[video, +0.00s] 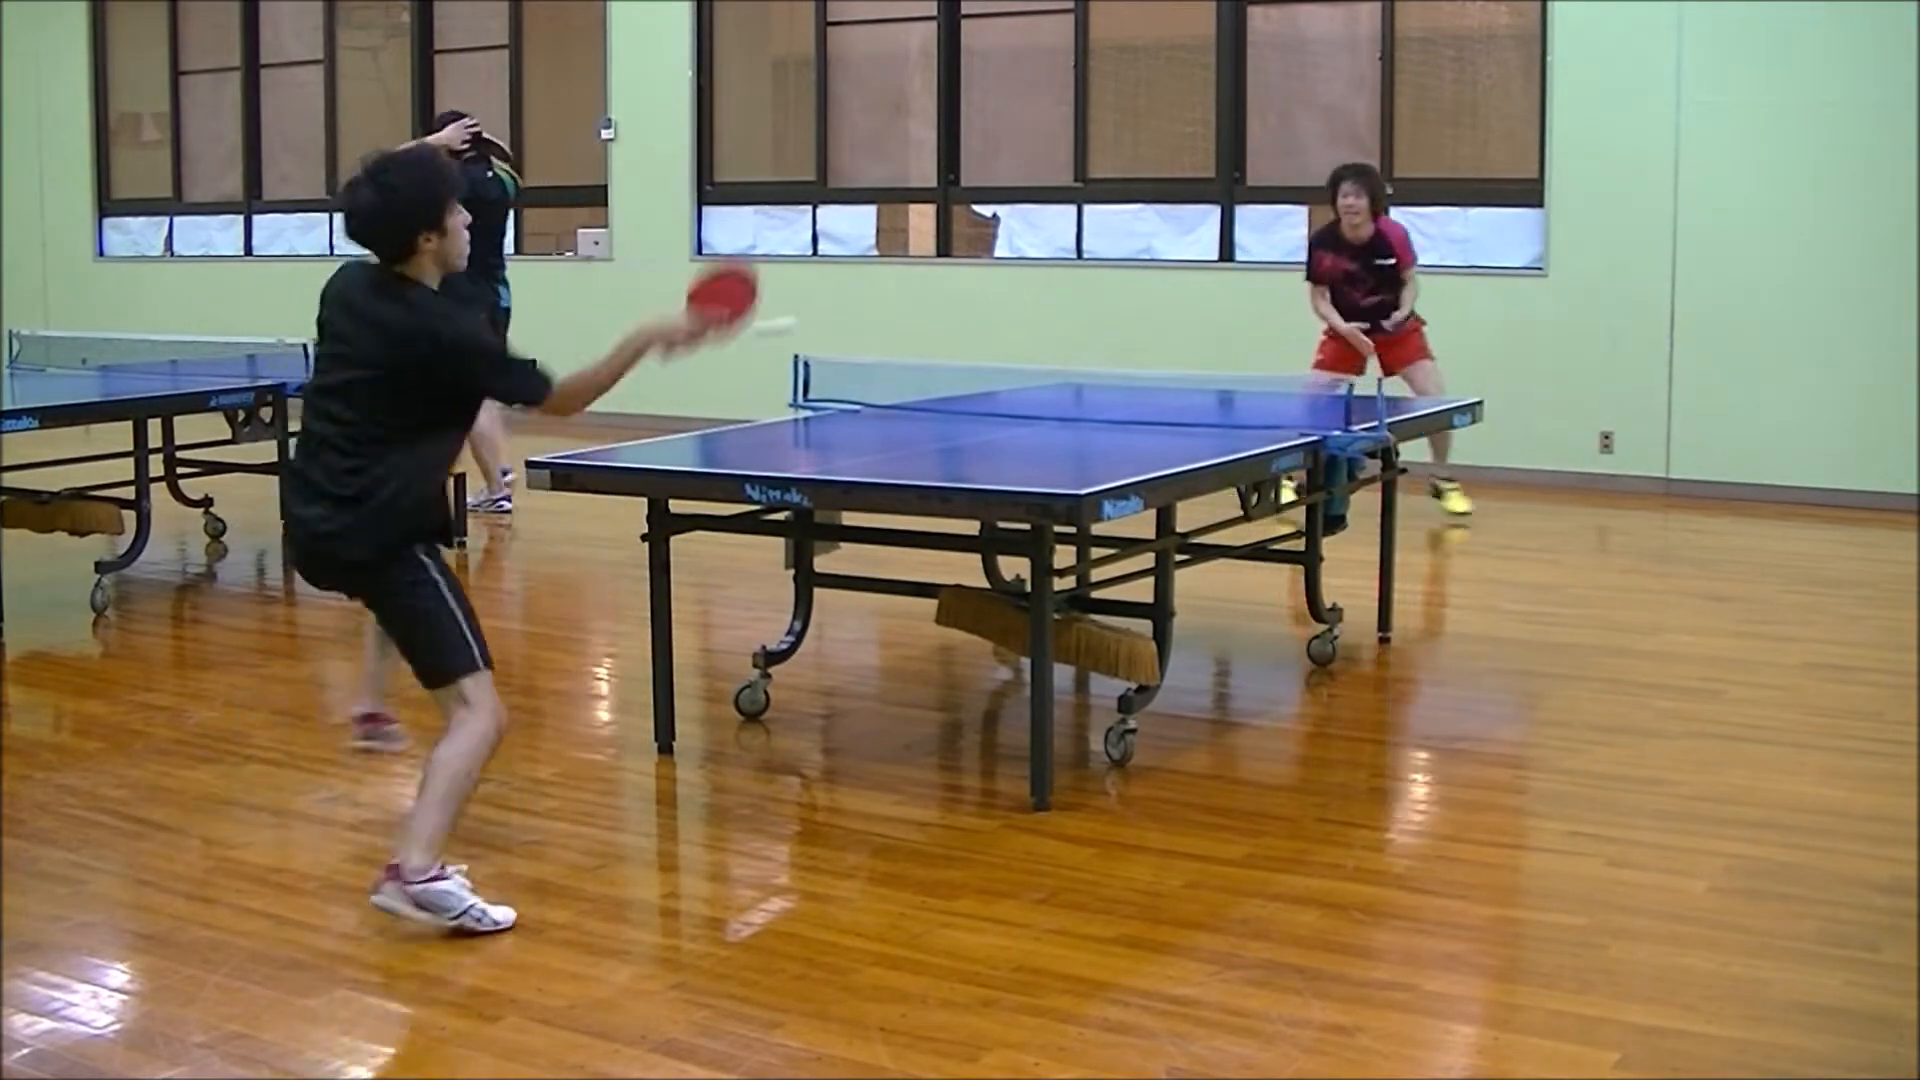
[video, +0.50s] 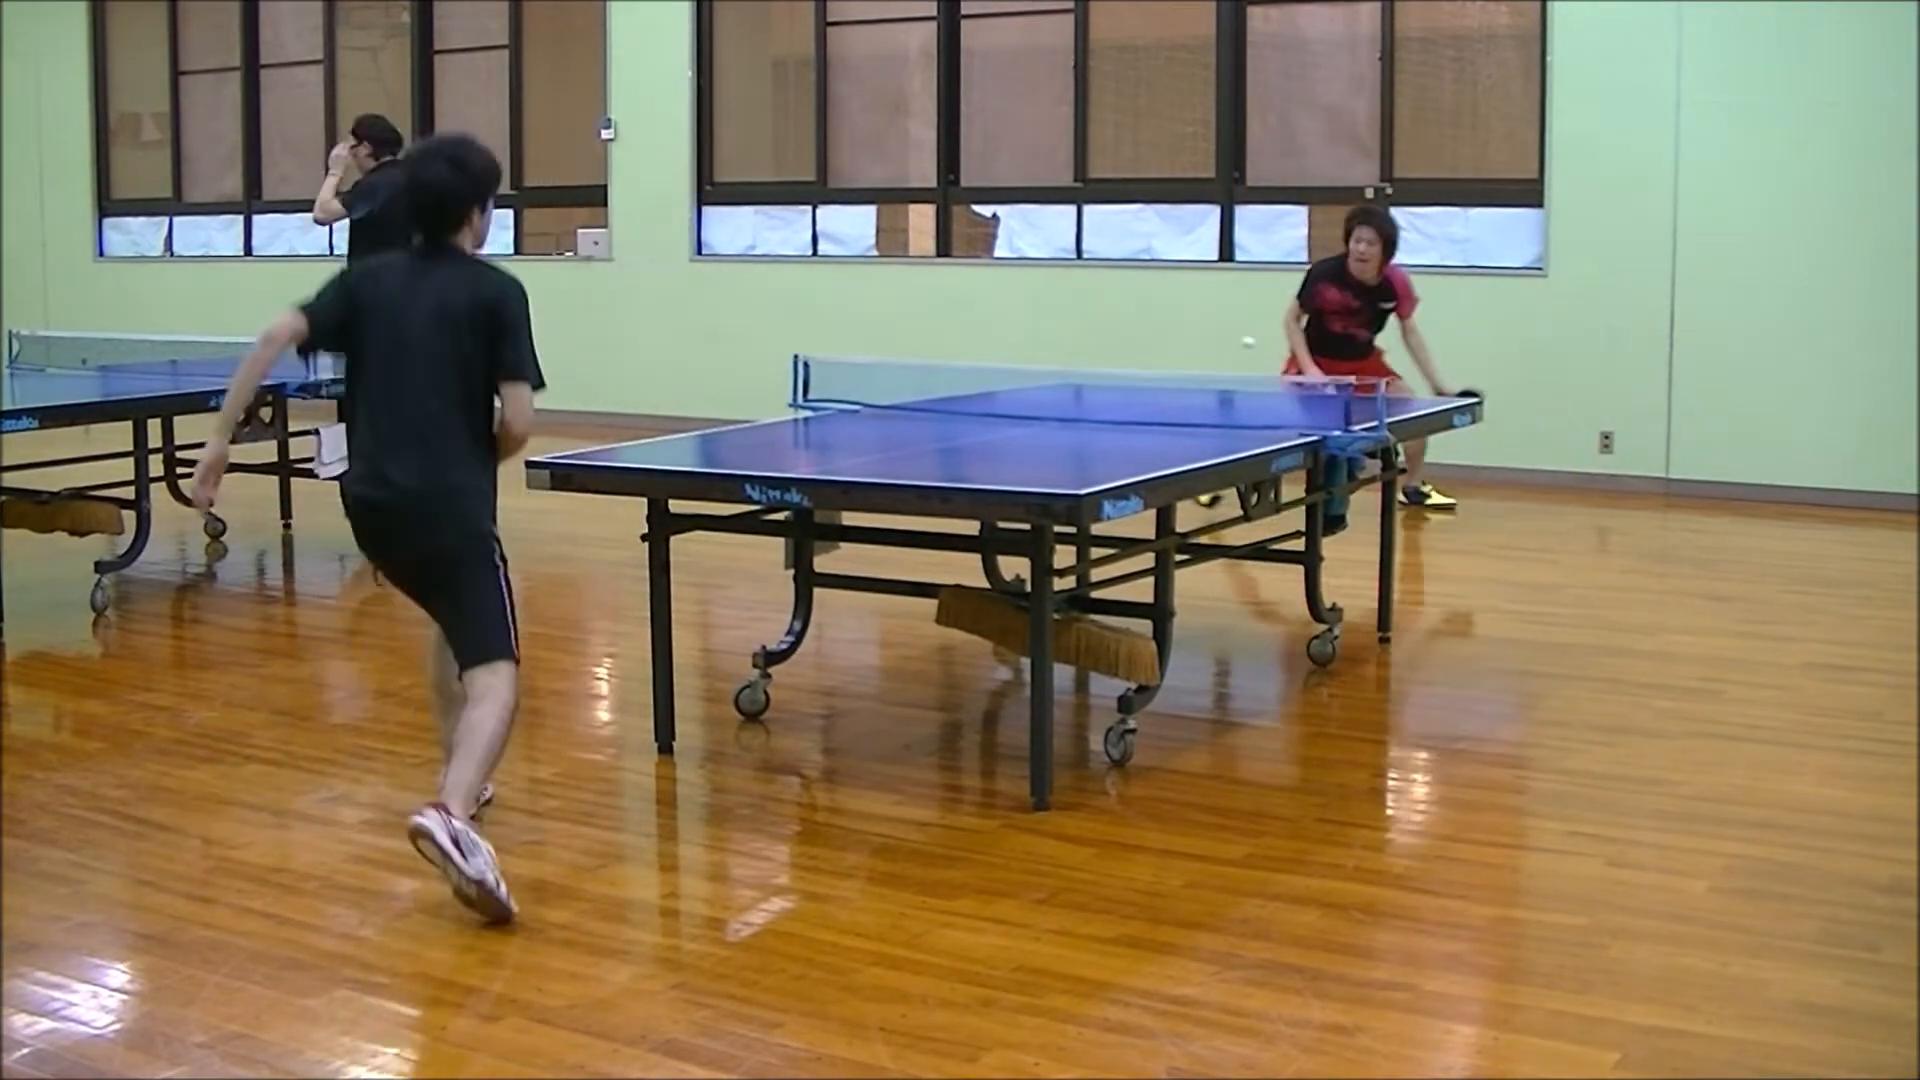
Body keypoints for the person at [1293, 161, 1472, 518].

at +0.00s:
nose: (1348, 203)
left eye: (1357, 195)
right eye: (1342, 196)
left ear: (1373, 201)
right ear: (1334, 201)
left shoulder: (1393, 234)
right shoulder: (1322, 242)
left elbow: (1409, 281)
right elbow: (1319, 298)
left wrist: (1403, 310)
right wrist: (1345, 329)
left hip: (1395, 327)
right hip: (1345, 330)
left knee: (1435, 399)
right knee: (1314, 401)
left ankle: (1441, 478)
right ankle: (1297, 477)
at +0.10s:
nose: (1377, 214)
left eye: (1385, 206)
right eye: (1370, 206)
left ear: (1400, 211)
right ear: (1361, 212)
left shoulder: (1418, 246)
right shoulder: (1347, 252)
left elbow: (1439, 295)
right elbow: (1332, 303)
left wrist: (1442, 331)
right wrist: (1349, 343)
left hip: (1417, 346)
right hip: (1366, 349)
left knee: (1467, 411)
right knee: (1332, 418)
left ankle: (1503, 492)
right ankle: (1325, 506)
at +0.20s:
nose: (1394, 235)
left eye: (1403, 228)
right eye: (1389, 227)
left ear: (1419, 232)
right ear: (1380, 231)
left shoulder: (1438, 270)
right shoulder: (1366, 272)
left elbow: (1461, 315)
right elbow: (1342, 323)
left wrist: (1474, 354)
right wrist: (1355, 365)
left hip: (1439, 367)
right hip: (1385, 369)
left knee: (1490, 421)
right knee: (1341, 428)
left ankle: (1513, 497)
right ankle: (1333, 511)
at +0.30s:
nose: (1395, 231)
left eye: (1404, 225)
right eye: (1389, 223)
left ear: (1419, 231)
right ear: (1381, 226)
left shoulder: (1434, 265)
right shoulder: (1360, 264)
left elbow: (1452, 313)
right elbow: (1336, 316)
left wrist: (1483, 356)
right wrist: (1355, 368)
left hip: (1418, 364)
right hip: (1364, 363)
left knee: (1468, 417)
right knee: (1329, 426)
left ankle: (1512, 494)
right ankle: (1327, 511)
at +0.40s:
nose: (1383, 233)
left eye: (1392, 227)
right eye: (1379, 224)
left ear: (1409, 233)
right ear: (1370, 225)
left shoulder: (1420, 266)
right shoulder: (1346, 259)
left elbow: (1438, 313)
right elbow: (1317, 312)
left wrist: (1469, 359)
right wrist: (1338, 360)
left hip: (1388, 352)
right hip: (1335, 351)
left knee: (1437, 409)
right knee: (1304, 415)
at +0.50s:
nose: (1361, 249)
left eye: (1370, 243)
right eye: (1356, 241)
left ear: (1386, 249)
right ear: (1347, 242)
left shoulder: (1395, 282)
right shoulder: (1322, 274)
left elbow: (1410, 334)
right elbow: (1292, 320)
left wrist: (1438, 387)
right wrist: (1310, 369)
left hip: (1364, 366)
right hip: (1315, 365)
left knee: (1415, 412)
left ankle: (1412, 485)